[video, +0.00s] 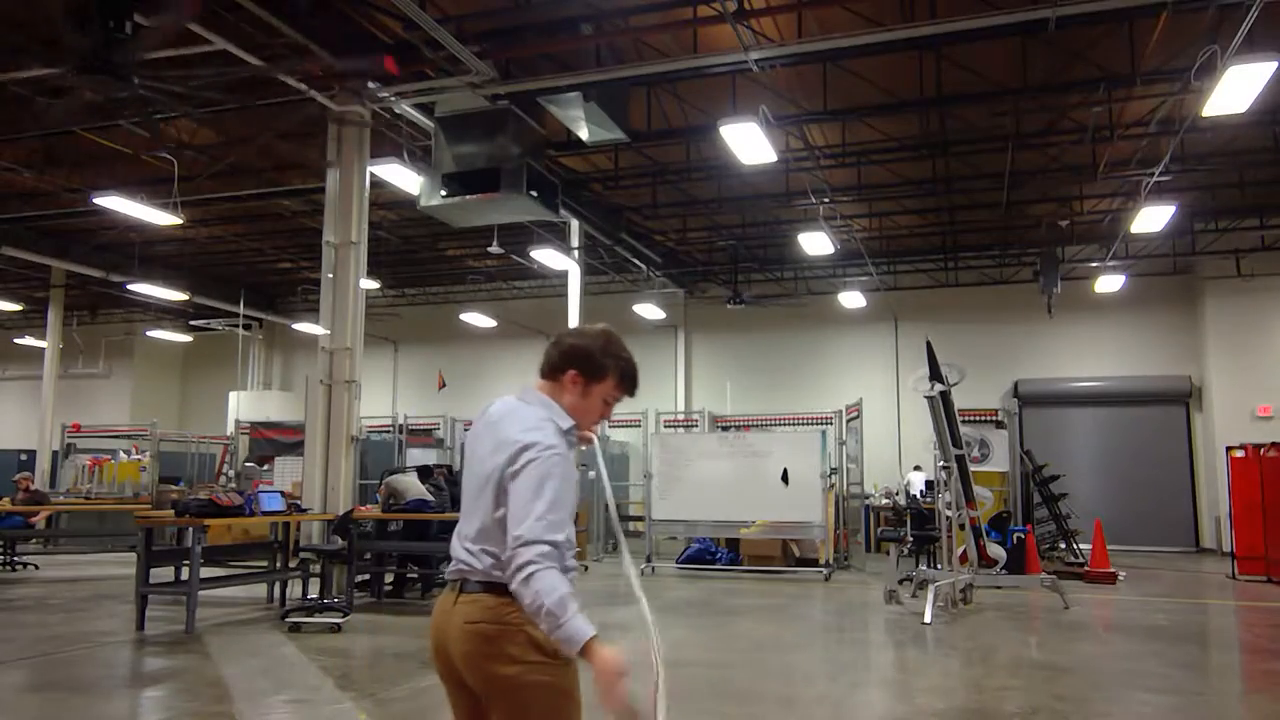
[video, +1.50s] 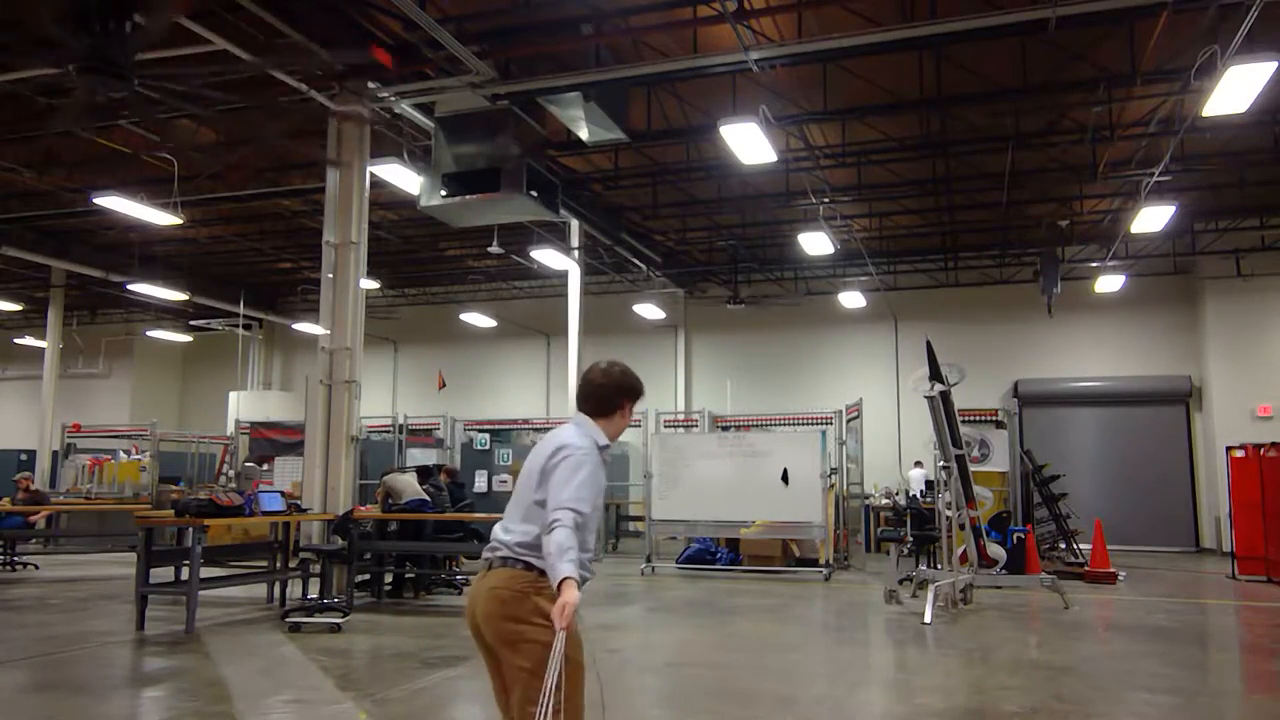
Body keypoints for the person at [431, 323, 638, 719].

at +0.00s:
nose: (607, 416)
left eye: (613, 405)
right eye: (607, 401)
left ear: (568, 379)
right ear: (573, 382)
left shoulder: (495, 415)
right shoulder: (544, 443)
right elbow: (532, 566)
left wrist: (561, 431)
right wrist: (592, 648)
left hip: (453, 608)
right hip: (506, 620)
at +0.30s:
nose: (627, 428)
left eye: (634, 420)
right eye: (632, 417)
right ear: (605, 398)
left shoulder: (525, 410)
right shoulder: (553, 461)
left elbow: (560, 424)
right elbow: (515, 573)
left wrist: (593, 443)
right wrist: (587, 616)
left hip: (470, 601)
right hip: (516, 619)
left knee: (488, 714)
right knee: (540, 711)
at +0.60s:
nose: (609, 421)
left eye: (614, 411)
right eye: (608, 409)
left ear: (574, 393)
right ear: (577, 393)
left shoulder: (532, 428)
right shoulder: (530, 449)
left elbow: (563, 469)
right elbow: (523, 562)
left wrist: (604, 481)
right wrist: (619, 571)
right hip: (514, 614)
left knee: (508, 713)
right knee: (542, 712)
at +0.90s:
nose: (587, 414)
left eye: (593, 405)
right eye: (583, 400)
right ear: (551, 385)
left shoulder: (539, 437)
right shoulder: (518, 439)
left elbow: (547, 507)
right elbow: (494, 535)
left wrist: (592, 518)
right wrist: (560, 564)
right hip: (506, 610)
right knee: (532, 713)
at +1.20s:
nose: (596, 404)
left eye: (599, 396)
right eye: (590, 391)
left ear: (557, 387)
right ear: (556, 384)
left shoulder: (541, 437)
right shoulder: (528, 437)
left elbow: (540, 513)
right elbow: (510, 517)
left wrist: (582, 533)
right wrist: (545, 571)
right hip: (511, 599)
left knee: (495, 713)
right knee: (553, 713)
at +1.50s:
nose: (632, 417)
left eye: (633, 408)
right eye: (633, 408)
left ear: (585, 399)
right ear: (625, 409)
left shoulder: (557, 439)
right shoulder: (579, 450)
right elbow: (562, 521)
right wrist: (568, 584)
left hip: (490, 585)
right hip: (524, 592)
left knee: (521, 709)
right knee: (552, 711)